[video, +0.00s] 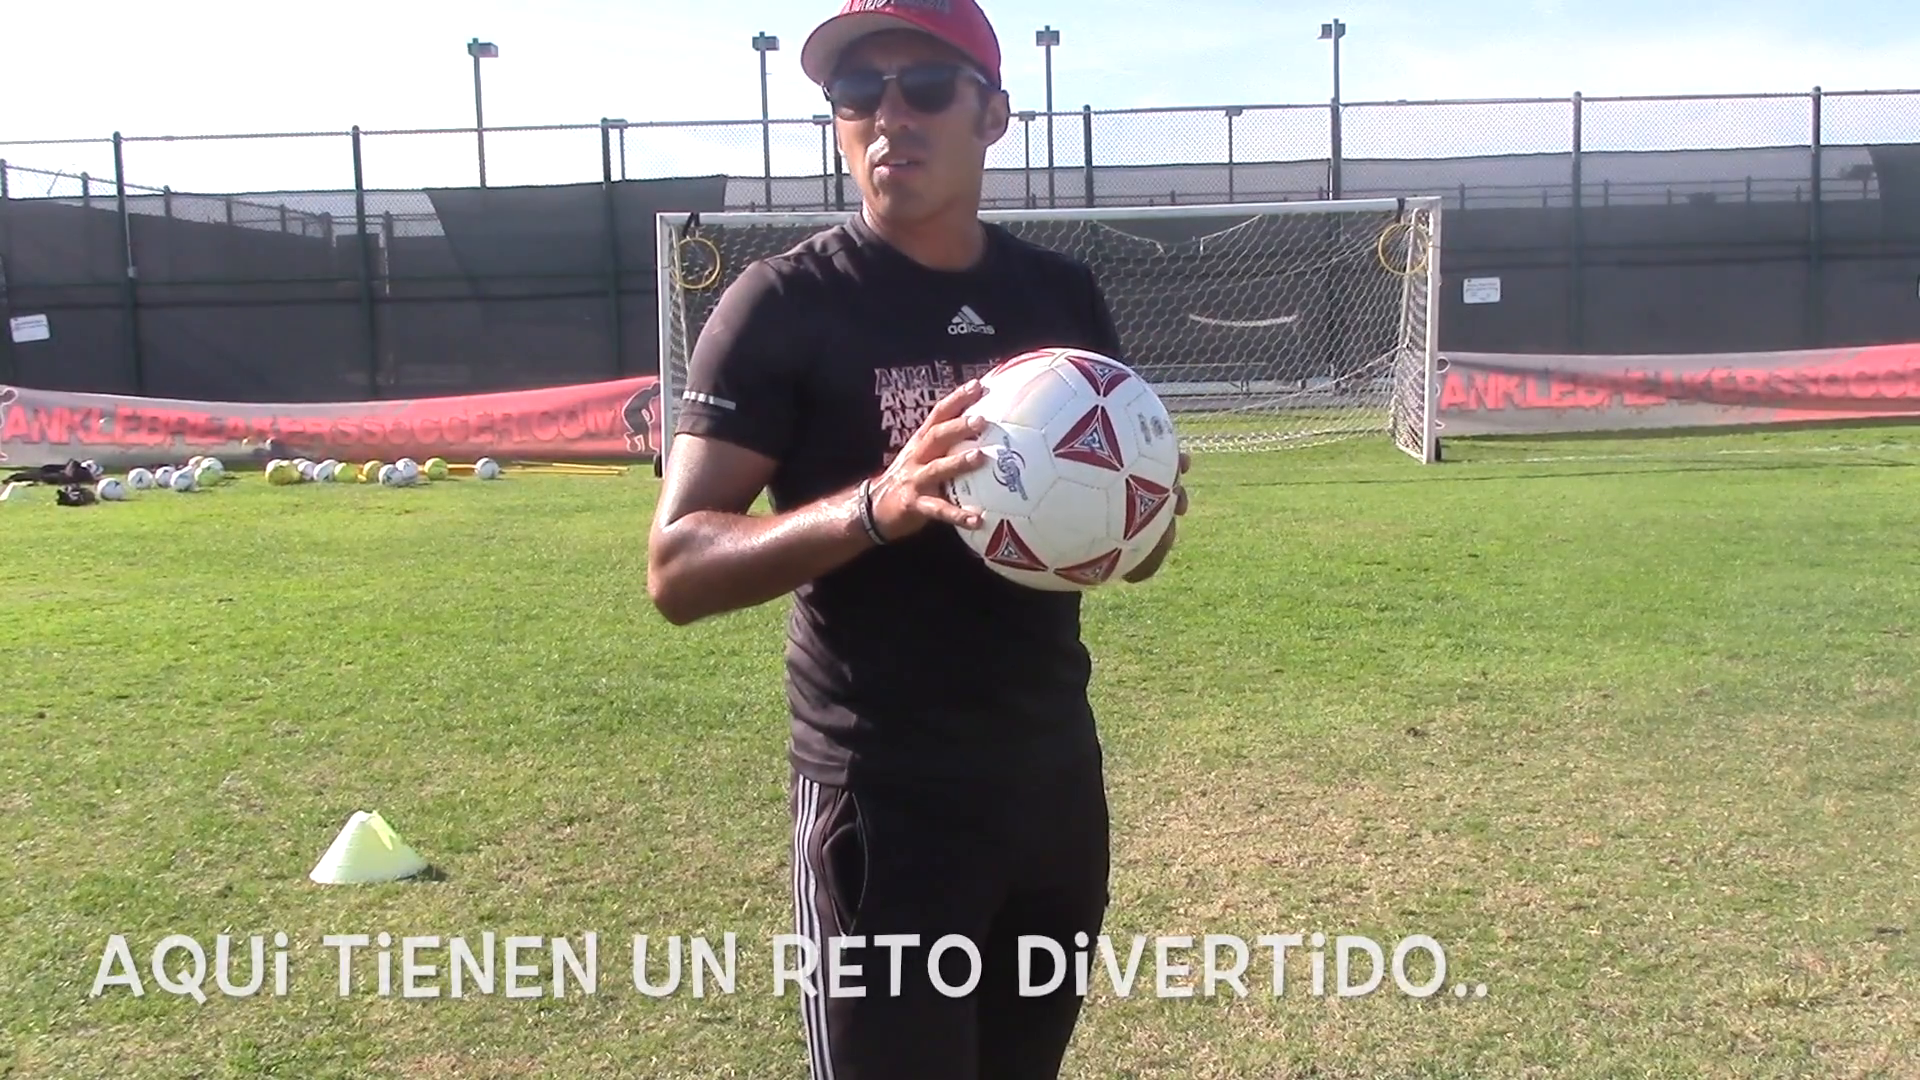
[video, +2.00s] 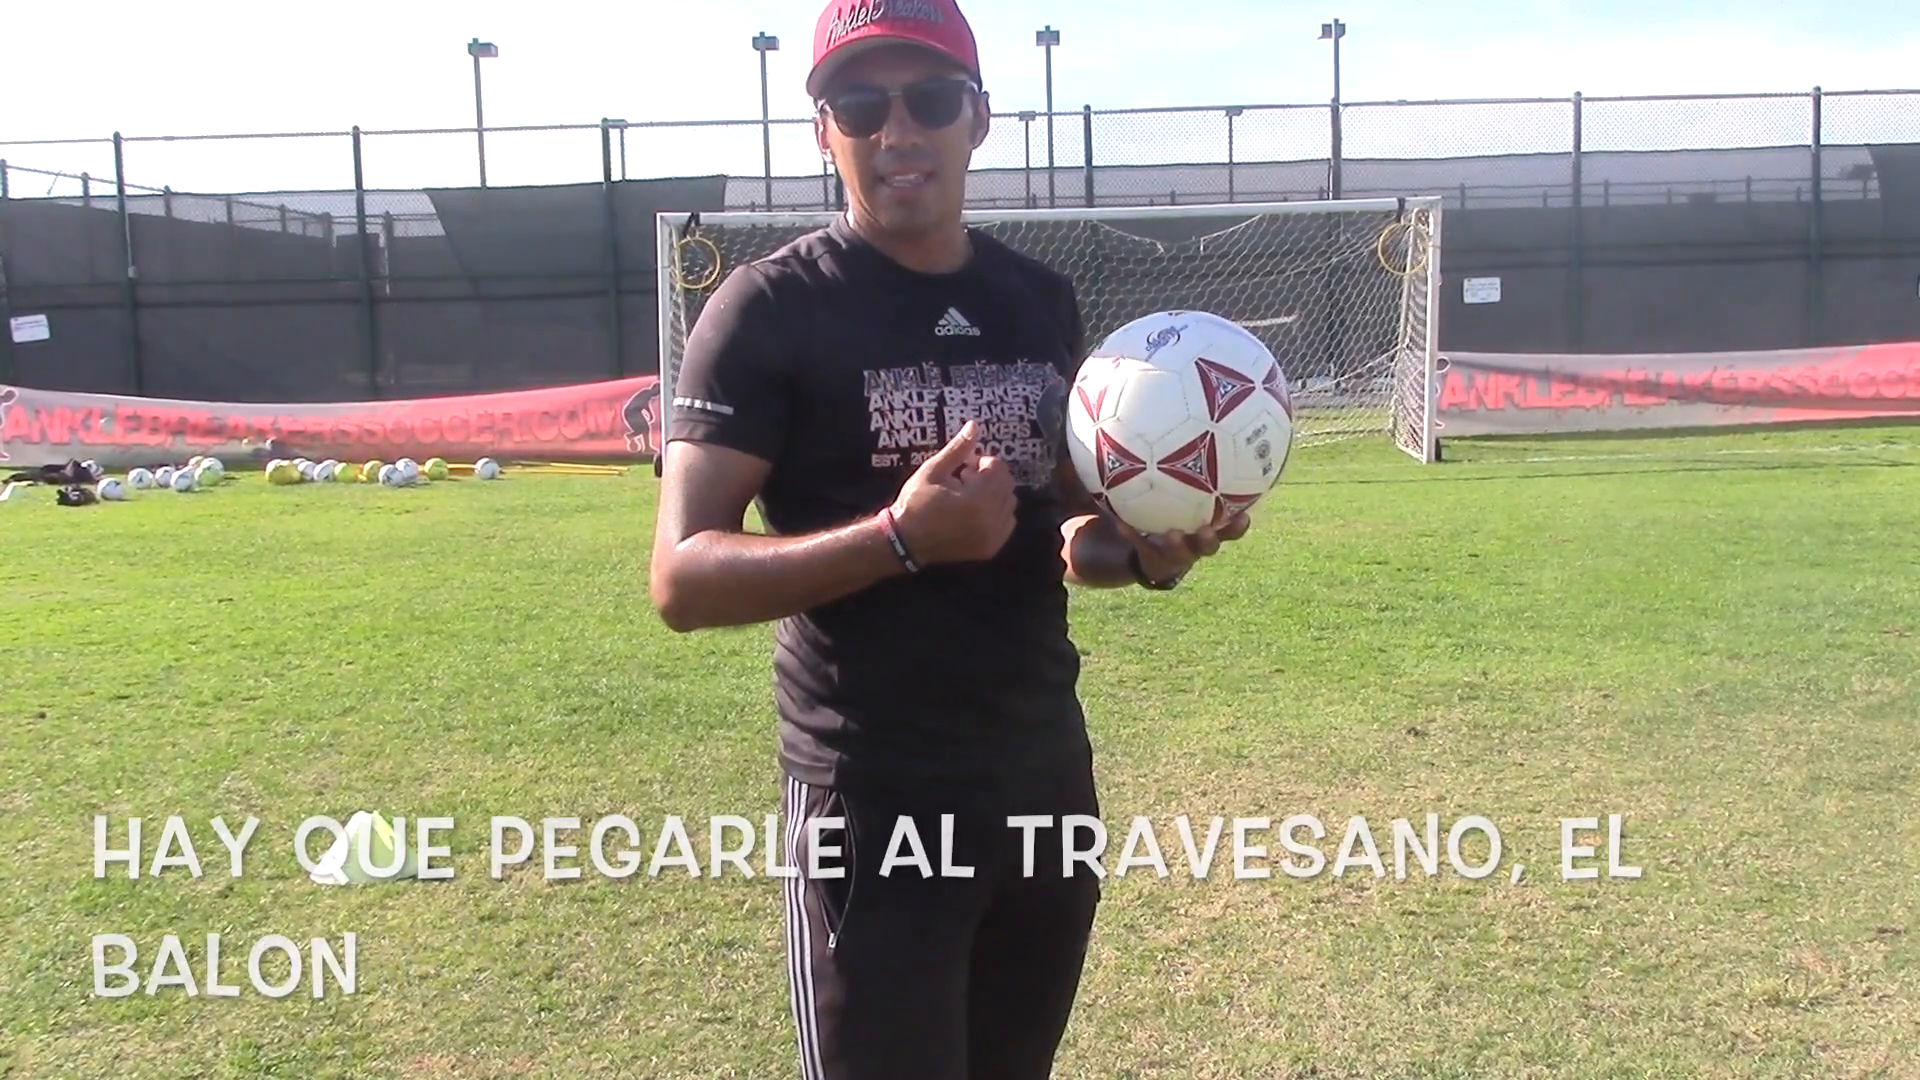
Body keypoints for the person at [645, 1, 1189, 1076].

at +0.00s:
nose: (892, 115)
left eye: (927, 88)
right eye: (863, 93)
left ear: (993, 117)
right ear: (835, 127)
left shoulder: (1061, 291)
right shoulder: (775, 307)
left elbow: (1113, 517)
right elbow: (678, 572)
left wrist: (1143, 513)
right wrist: (872, 508)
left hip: (1046, 760)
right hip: (875, 776)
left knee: (1024, 1060)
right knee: (887, 1060)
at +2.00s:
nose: (901, 133)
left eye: (932, 101)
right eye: (866, 105)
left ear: (977, 120)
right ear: (825, 133)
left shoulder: (1040, 298)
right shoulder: (764, 309)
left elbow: (1069, 531)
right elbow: (683, 581)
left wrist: (1146, 553)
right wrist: (900, 537)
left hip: (1041, 770)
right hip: (864, 782)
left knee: (1013, 1063)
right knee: (884, 1063)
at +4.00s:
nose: (897, 140)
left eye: (928, 104)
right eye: (862, 112)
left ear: (978, 119)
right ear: (826, 140)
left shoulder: (1046, 297)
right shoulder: (768, 312)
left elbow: (1088, 496)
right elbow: (674, 578)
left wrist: (1156, 505)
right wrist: (888, 565)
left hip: (1047, 759)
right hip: (872, 774)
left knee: (1019, 1062)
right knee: (888, 1062)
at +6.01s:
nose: (920, 134)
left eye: (952, 101)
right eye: (884, 104)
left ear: (996, 118)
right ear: (841, 129)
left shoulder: (1056, 297)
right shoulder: (776, 304)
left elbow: (1087, 527)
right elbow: (685, 571)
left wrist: (1165, 553)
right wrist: (925, 564)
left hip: (1052, 772)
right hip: (873, 783)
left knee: (1022, 1063)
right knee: (889, 1062)